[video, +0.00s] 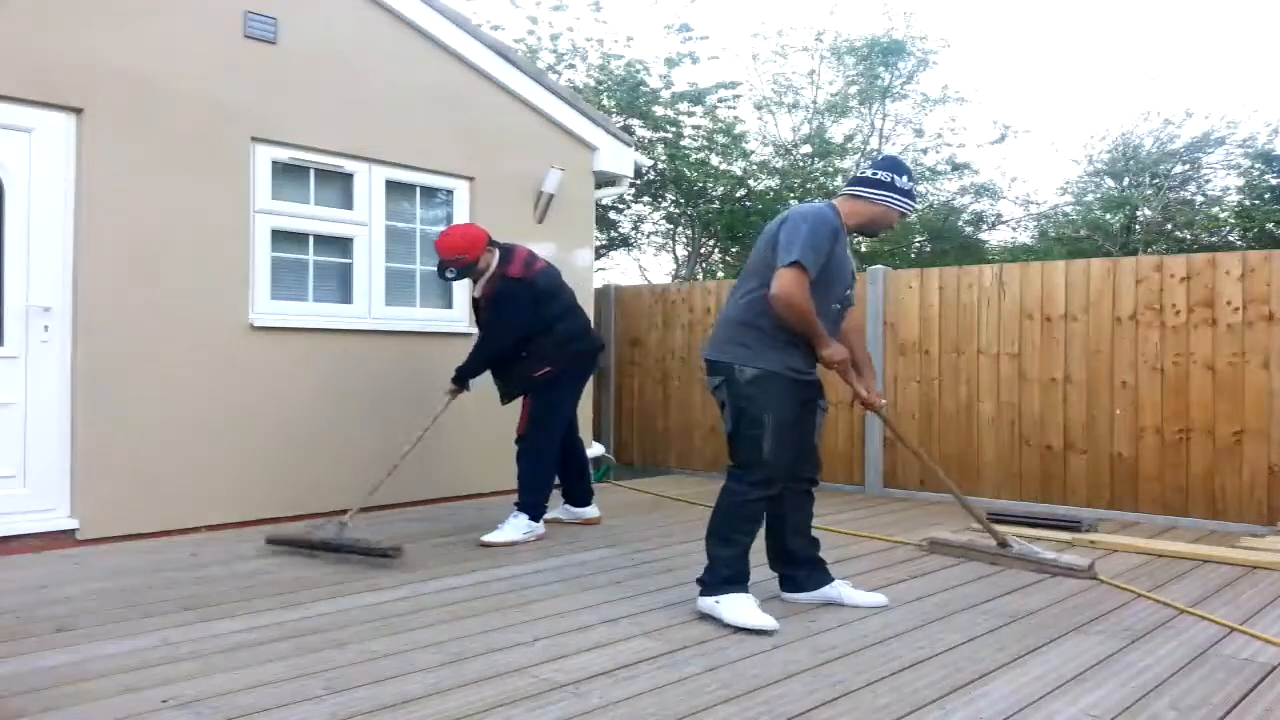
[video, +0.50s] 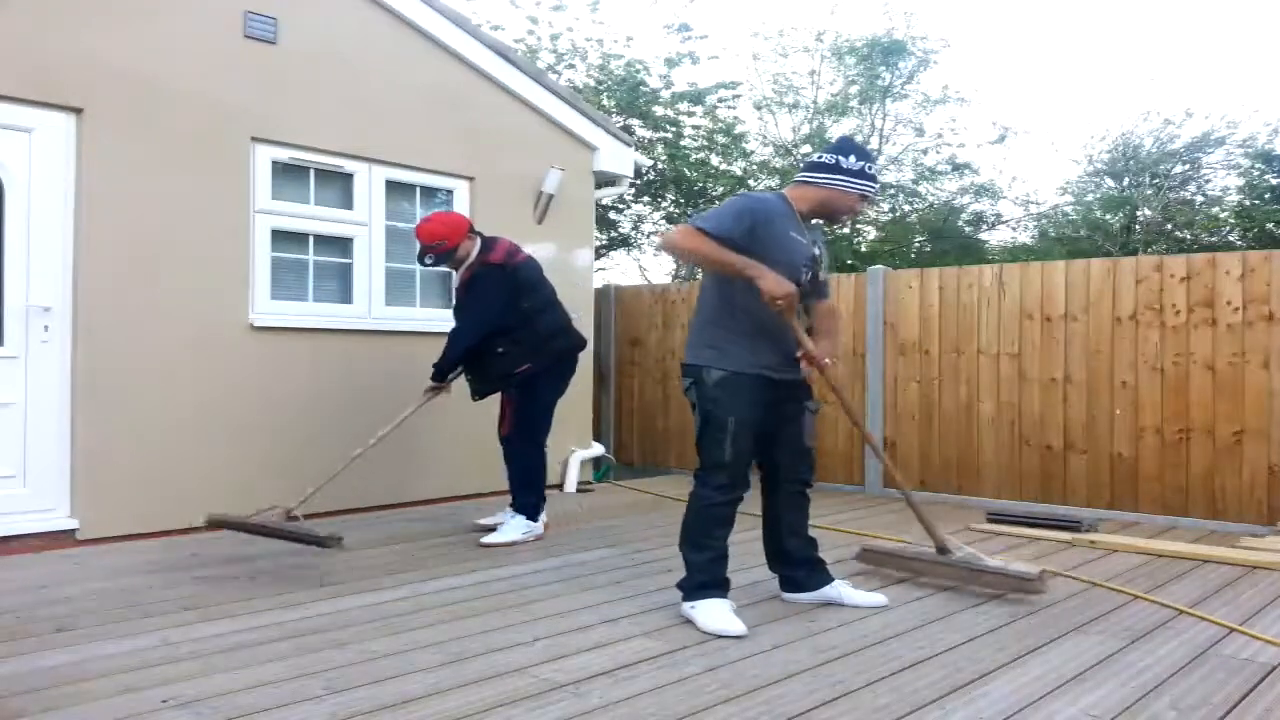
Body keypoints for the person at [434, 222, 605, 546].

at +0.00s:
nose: (463, 277)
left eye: (464, 270)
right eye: (458, 271)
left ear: (481, 255)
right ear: (485, 250)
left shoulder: (509, 286)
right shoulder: (510, 260)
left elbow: (497, 340)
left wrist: (462, 376)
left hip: (558, 359)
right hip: (570, 351)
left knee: (534, 437)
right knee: (561, 430)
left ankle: (528, 517)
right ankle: (580, 503)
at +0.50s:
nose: (446, 264)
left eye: (447, 257)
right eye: (442, 259)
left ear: (464, 241)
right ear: (466, 239)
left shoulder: (490, 272)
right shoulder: (489, 257)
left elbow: (470, 330)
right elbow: (474, 323)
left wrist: (440, 373)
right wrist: (451, 365)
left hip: (544, 358)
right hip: (530, 358)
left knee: (523, 435)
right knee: (514, 434)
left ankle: (529, 517)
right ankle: (522, 509)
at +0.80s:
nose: (441, 268)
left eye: (443, 260)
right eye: (437, 263)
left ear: (460, 245)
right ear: (460, 245)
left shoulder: (485, 274)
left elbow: (480, 335)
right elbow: (472, 328)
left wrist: (472, 368)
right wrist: (475, 362)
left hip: (534, 353)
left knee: (489, 428)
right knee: (509, 426)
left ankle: (510, 513)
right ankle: (527, 510)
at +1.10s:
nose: (425, 273)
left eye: (427, 266)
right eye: (421, 268)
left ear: (446, 252)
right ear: (446, 252)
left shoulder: (482, 273)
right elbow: (466, 335)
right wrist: (464, 370)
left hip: (530, 354)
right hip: (502, 358)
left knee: (501, 434)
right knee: (508, 434)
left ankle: (482, 521)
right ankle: (523, 511)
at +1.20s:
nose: (420, 273)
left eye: (423, 266)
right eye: (417, 268)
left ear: (443, 252)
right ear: (441, 252)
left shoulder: (476, 276)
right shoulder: (441, 281)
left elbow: (476, 337)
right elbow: (452, 332)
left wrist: (452, 375)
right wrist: (456, 366)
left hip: (527, 355)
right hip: (497, 360)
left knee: (498, 437)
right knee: (504, 436)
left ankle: (481, 525)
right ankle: (524, 510)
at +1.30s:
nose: (415, 273)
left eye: (419, 266)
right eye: (412, 268)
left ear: (438, 250)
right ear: (435, 251)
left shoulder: (472, 274)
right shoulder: (436, 280)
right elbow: (447, 331)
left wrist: (446, 372)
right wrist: (447, 364)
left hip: (523, 355)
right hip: (496, 359)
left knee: (493, 440)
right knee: (504, 434)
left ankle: (477, 527)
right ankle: (523, 510)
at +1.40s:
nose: (406, 273)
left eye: (408, 265)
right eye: (402, 268)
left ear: (428, 251)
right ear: (429, 251)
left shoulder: (468, 271)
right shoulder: (429, 286)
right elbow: (447, 336)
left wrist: (442, 367)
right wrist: (437, 363)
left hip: (519, 355)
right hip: (493, 359)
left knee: (488, 439)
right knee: (505, 432)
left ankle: (475, 528)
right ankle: (523, 510)